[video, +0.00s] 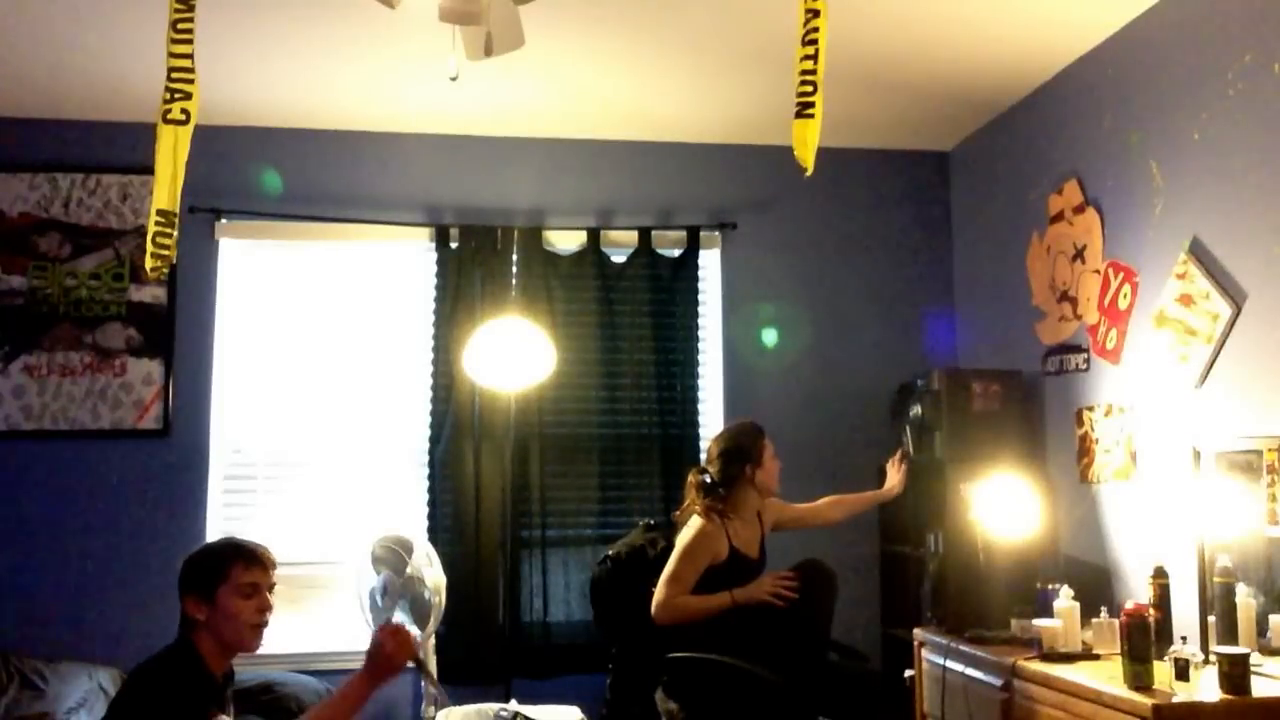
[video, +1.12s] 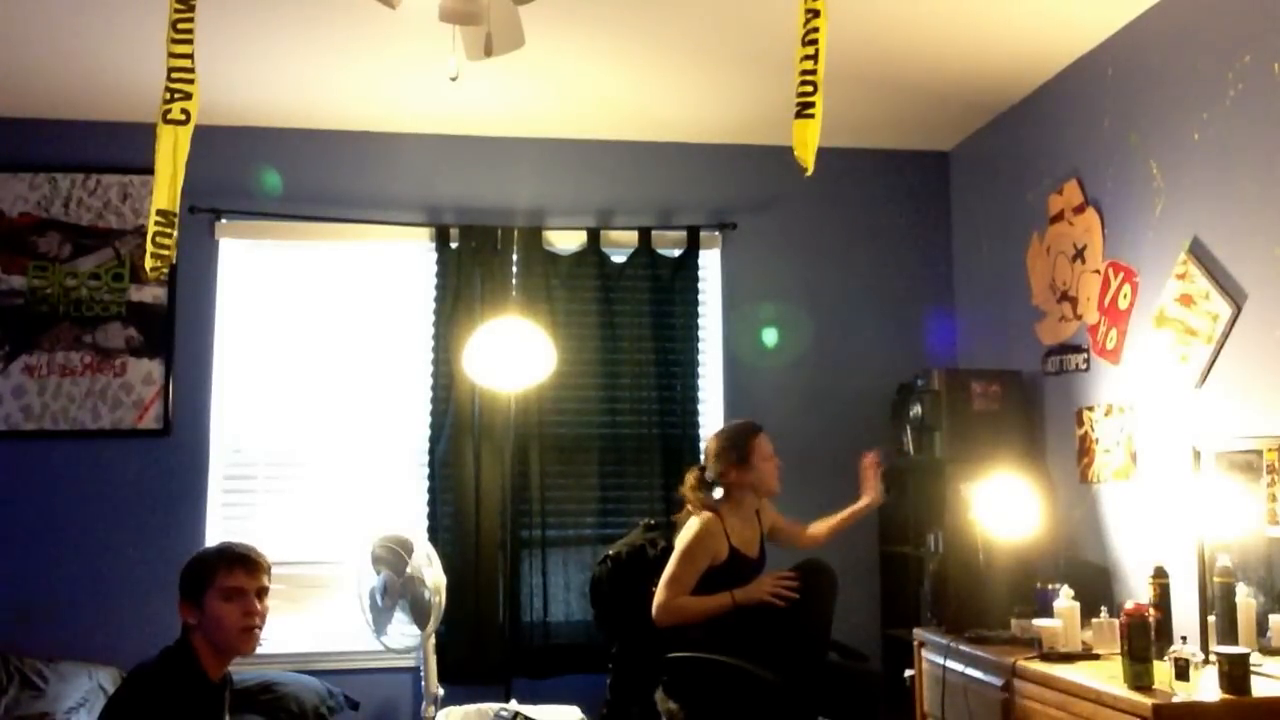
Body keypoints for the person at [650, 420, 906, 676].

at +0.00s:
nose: (779, 464)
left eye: (775, 456)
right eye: (772, 458)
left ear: (750, 473)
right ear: (750, 471)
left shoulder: (763, 511)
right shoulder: (705, 529)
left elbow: (824, 511)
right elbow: (663, 609)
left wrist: (886, 492)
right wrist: (743, 595)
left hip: (732, 639)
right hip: (693, 654)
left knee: (814, 575)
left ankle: (806, 687)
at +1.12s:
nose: (779, 464)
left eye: (774, 456)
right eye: (769, 458)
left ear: (738, 474)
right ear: (735, 474)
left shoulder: (758, 511)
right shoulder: (704, 528)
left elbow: (809, 537)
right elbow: (664, 610)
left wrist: (867, 502)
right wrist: (744, 595)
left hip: (731, 636)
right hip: (694, 651)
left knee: (816, 575)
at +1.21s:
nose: (770, 467)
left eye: (770, 458)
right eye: (757, 460)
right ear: (726, 473)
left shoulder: (756, 512)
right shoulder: (704, 526)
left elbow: (794, 558)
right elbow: (664, 610)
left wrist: (843, 524)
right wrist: (743, 595)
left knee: (817, 576)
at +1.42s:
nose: (749, 470)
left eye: (758, 462)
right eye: (738, 462)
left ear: (770, 472)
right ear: (716, 473)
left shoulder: (758, 516)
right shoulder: (702, 525)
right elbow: (660, 609)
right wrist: (741, 595)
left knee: (815, 575)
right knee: (812, 577)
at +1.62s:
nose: (747, 474)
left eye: (757, 466)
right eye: (736, 465)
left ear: (770, 477)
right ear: (717, 475)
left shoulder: (755, 529)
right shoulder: (700, 525)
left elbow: (766, 605)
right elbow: (659, 612)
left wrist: (795, 664)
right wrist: (738, 596)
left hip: (742, 648)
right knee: (811, 574)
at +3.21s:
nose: (745, 491)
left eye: (756, 480)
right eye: (735, 480)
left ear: (772, 484)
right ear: (719, 479)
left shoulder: (757, 528)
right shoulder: (700, 528)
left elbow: (768, 603)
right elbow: (662, 616)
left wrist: (797, 665)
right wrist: (740, 597)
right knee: (812, 576)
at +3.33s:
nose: (746, 491)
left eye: (757, 480)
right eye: (736, 480)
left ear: (772, 484)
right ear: (719, 479)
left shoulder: (757, 526)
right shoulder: (700, 528)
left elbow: (768, 601)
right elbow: (662, 614)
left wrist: (796, 665)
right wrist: (739, 597)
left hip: (748, 640)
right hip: (707, 648)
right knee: (812, 575)